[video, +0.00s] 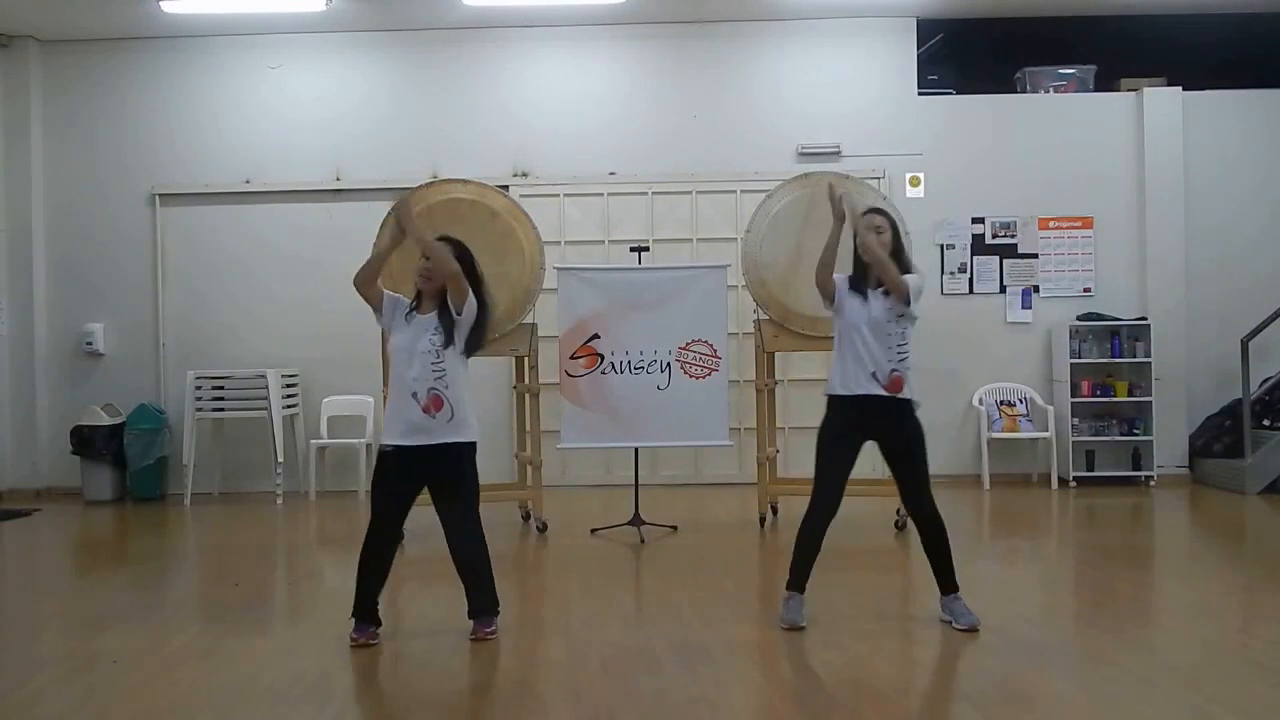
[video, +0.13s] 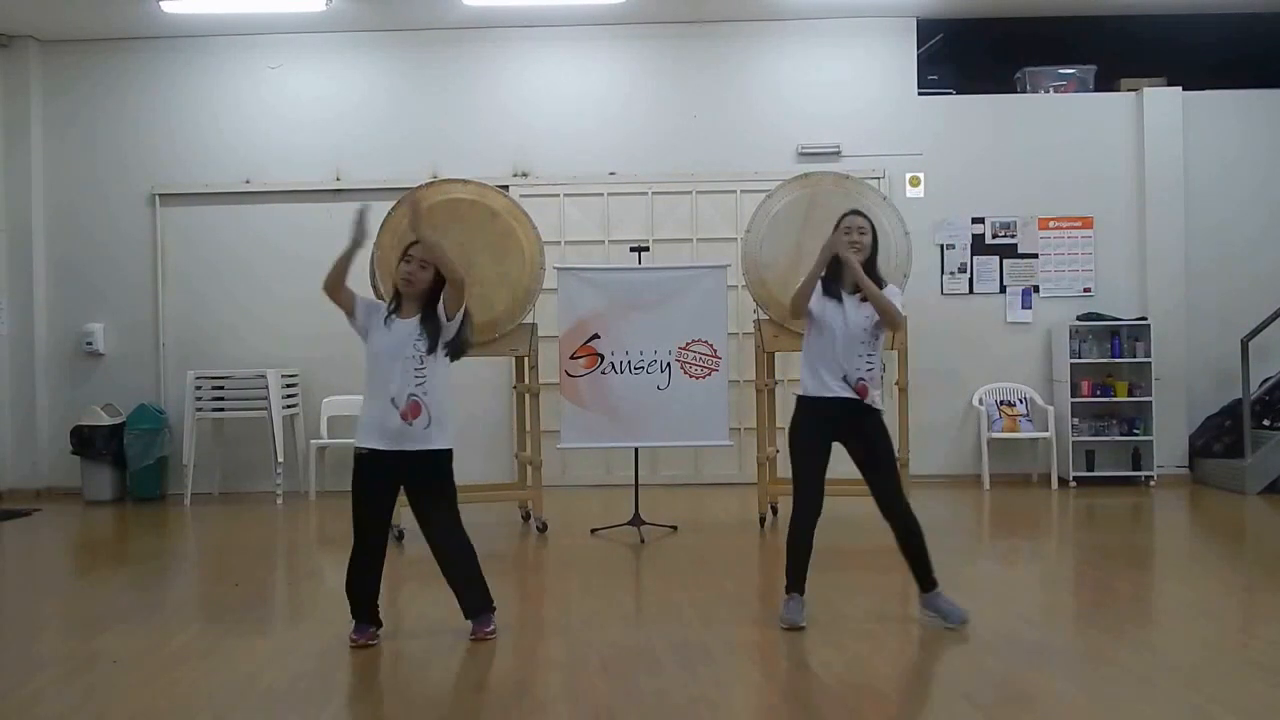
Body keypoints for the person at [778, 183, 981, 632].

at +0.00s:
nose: (872, 237)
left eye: (881, 230)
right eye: (865, 231)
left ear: (895, 241)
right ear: (857, 242)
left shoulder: (908, 284)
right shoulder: (843, 289)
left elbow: (897, 286)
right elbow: (822, 278)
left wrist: (871, 247)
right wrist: (838, 225)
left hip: (896, 411)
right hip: (845, 409)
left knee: (922, 506)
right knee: (823, 505)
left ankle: (951, 598)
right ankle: (794, 595)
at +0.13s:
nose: (855, 238)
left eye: (862, 232)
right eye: (848, 232)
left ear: (874, 243)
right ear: (835, 243)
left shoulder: (883, 293)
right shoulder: (818, 290)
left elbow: (896, 323)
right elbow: (796, 309)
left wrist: (859, 274)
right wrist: (823, 256)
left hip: (862, 412)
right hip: (814, 410)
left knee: (895, 506)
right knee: (806, 507)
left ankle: (930, 594)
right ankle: (794, 597)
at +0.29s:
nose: (840, 235)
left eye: (847, 229)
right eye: (831, 229)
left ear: (858, 239)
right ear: (818, 239)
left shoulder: (871, 295)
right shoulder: (795, 288)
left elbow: (901, 353)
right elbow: (762, 340)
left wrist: (915, 333)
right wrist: (760, 315)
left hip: (846, 409)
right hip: (798, 406)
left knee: (849, 506)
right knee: (799, 504)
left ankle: (839, 582)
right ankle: (793, 596)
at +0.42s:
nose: (835, 239)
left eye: (841, 233)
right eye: (826, 234)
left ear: (851, 243)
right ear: (812, 244)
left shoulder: (865, 301)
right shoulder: (792, 295)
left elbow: (891, 353)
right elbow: (758, 345)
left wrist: (935, 341)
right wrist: (741, 318)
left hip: (840, 415)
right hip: (795, 410)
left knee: (828, 512)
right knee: (797, 505)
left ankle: (803, 584)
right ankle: (791, 594)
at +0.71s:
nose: (845, 230)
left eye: (852, 225)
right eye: (836, 224)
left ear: (860, 236)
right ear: (822, 234)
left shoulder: (867, 289)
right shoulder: (810, 285)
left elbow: (918, 291)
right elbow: (808, 272)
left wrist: (933, 242)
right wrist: (817, 216)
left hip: (851, 402)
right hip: (809, 403)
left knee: (892, 492)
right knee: (808, 501)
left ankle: (893, 582)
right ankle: (793, 597)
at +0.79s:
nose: (853, 227)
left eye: (857, 222)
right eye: (844, 221)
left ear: (863, 236)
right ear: (826, 234)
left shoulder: (872, 285)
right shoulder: (812, 276)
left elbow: (923, 282)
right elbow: (832, 273)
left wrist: (928, 229)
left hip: (860, 401)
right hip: (817, 402)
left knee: (900, 491)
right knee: (810, 501)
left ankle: (924, 584)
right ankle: (794, 596)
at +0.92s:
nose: (860, 235)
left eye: (866, 228)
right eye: (849, 231)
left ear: (876, 237)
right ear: (835, 246)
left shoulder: (895, 286)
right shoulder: (831, 283)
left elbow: (933, 284)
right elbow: (870, 278)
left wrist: (924, 231)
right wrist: (893, 222)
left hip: (889, 407)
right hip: (843, 407)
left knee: (918, 502)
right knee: (824, 505)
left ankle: (942, 595)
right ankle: (795, 597)